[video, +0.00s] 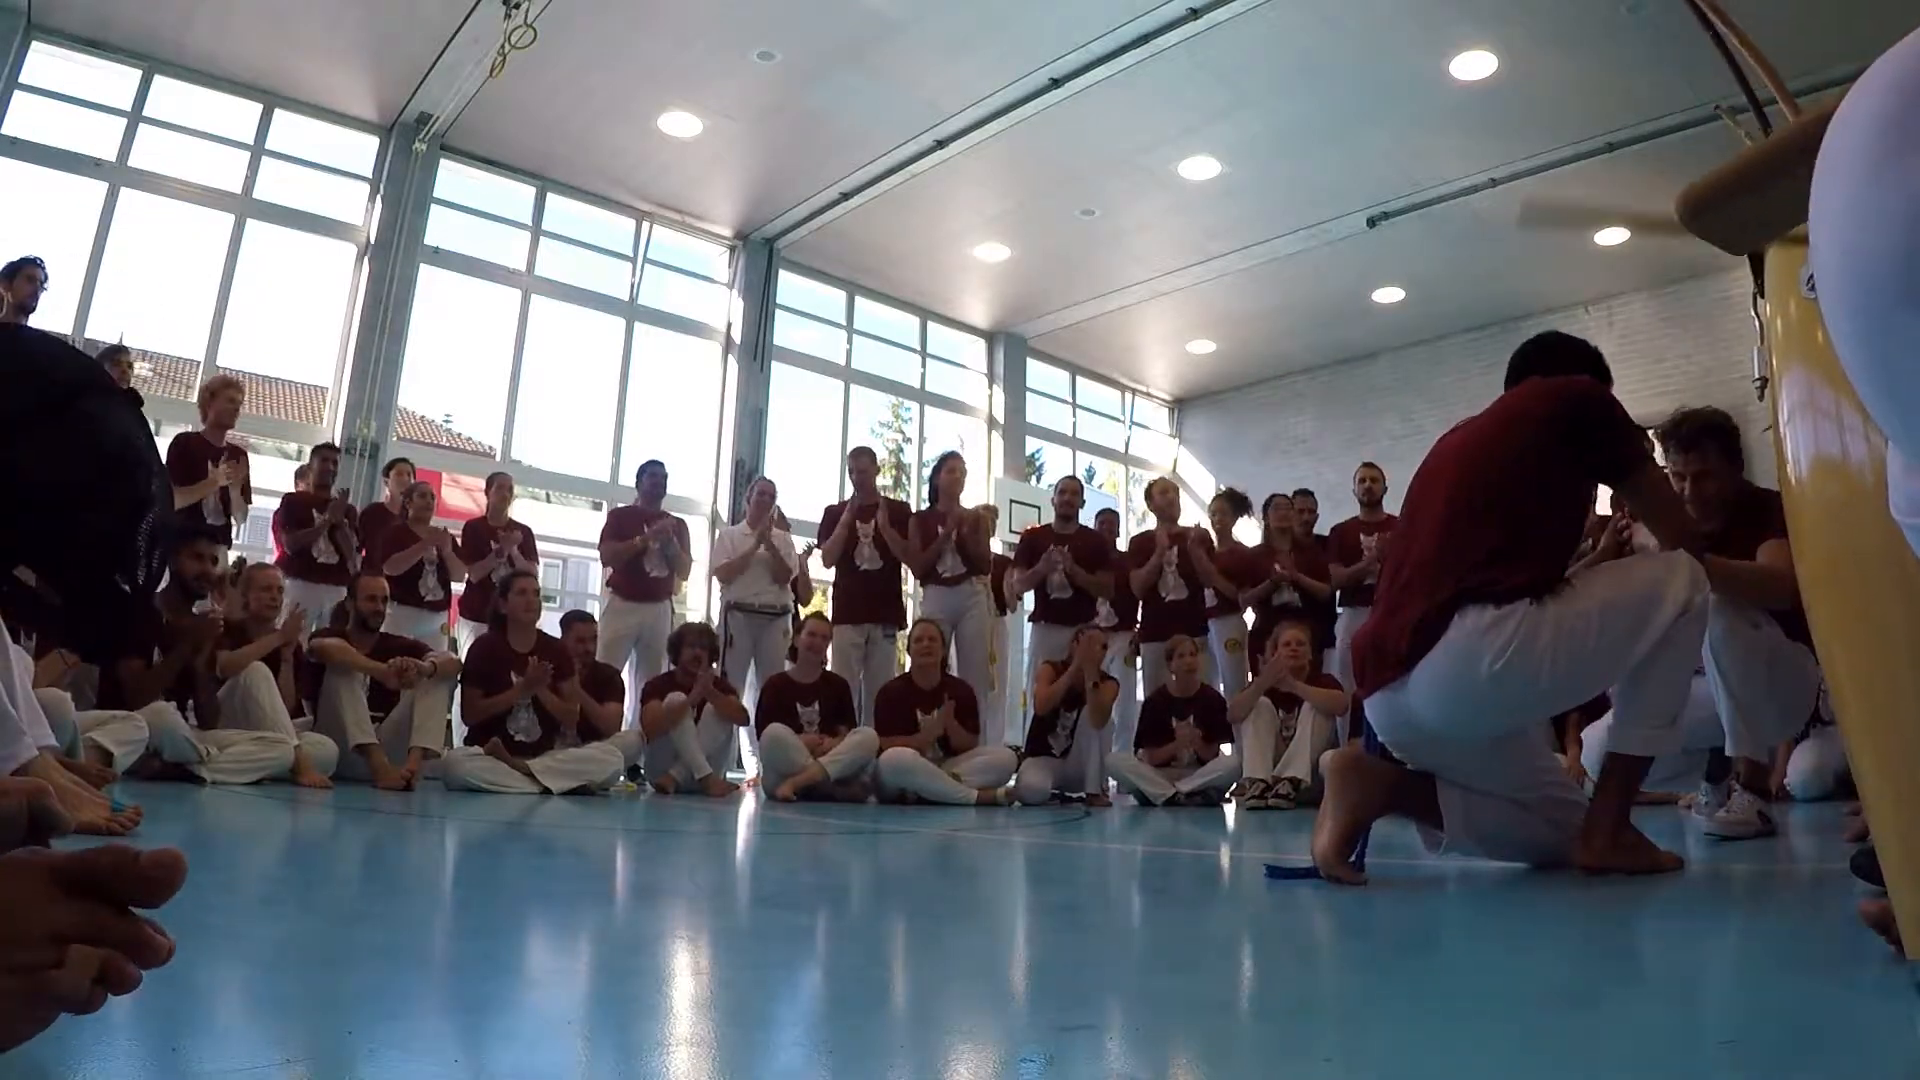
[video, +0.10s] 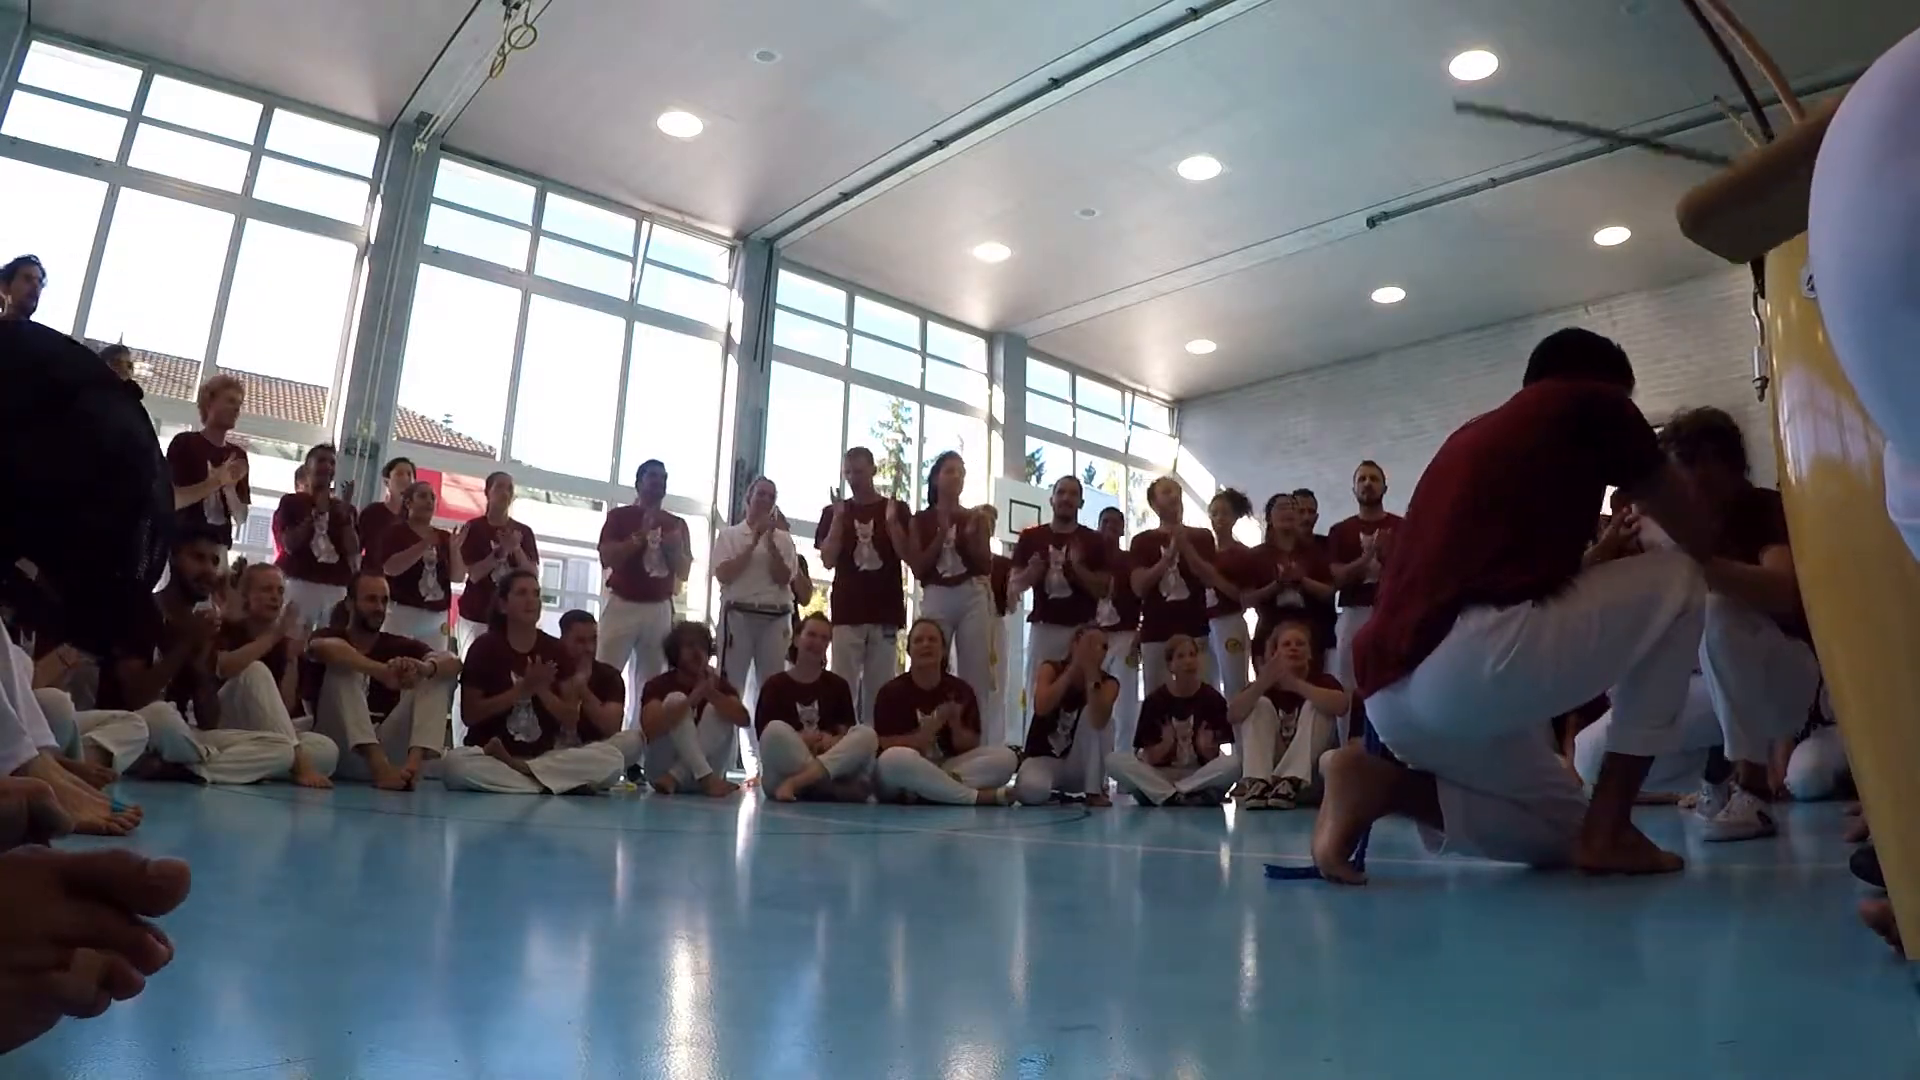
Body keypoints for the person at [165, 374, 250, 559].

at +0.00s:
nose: (237, 409)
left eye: (239, 404)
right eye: (231, 401)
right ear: (208, 403)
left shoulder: (238, 455)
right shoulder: (183, 443)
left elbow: (240, 517)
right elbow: (169, 500)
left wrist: (235, 487)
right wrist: (212, 482)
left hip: (219, 548)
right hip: (182, 545)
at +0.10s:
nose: (237, 408)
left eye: (239, 404)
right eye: (230, 401)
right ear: (208, 403)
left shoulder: (237, 455)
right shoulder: (183, 443)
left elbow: (241, 516)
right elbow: (169, 500)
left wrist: (228, 486)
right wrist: (215, 482)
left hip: (219, 548)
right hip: (181, 543)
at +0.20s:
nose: (236, 407)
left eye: (239, 402)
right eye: (230, 398)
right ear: (208, 400)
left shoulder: (238, 454)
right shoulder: (184, 441)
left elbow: (241, 515)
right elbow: (169, 496)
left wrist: (236, 483)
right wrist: (212, 478)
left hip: (218, 548)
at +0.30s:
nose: (236, 406)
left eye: (239, 402)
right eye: (230, 398)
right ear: (208, 401)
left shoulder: (237, 453)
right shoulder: (184, 440)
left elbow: (242, 513)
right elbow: (170, 496)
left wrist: (230, 484)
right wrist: (214, 477)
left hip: (217, 549)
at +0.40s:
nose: (236, 406)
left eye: (239, 402)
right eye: (230, 398)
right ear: (207, 400)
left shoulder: (237, 453)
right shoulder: (184, 441)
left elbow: (243, 512)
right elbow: (173, 496)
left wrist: (230, 484)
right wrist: (218, 475)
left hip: (216, 549)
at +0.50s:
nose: (236, 407)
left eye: (238, 402)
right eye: (229, 399)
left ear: (240, 407)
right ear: (207, 402)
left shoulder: (238, 454)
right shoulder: (183, 442)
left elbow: (243, 514)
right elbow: (169, 500)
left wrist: (238, 484)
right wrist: (207, 481)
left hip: (217, 548)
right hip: (179, 544)